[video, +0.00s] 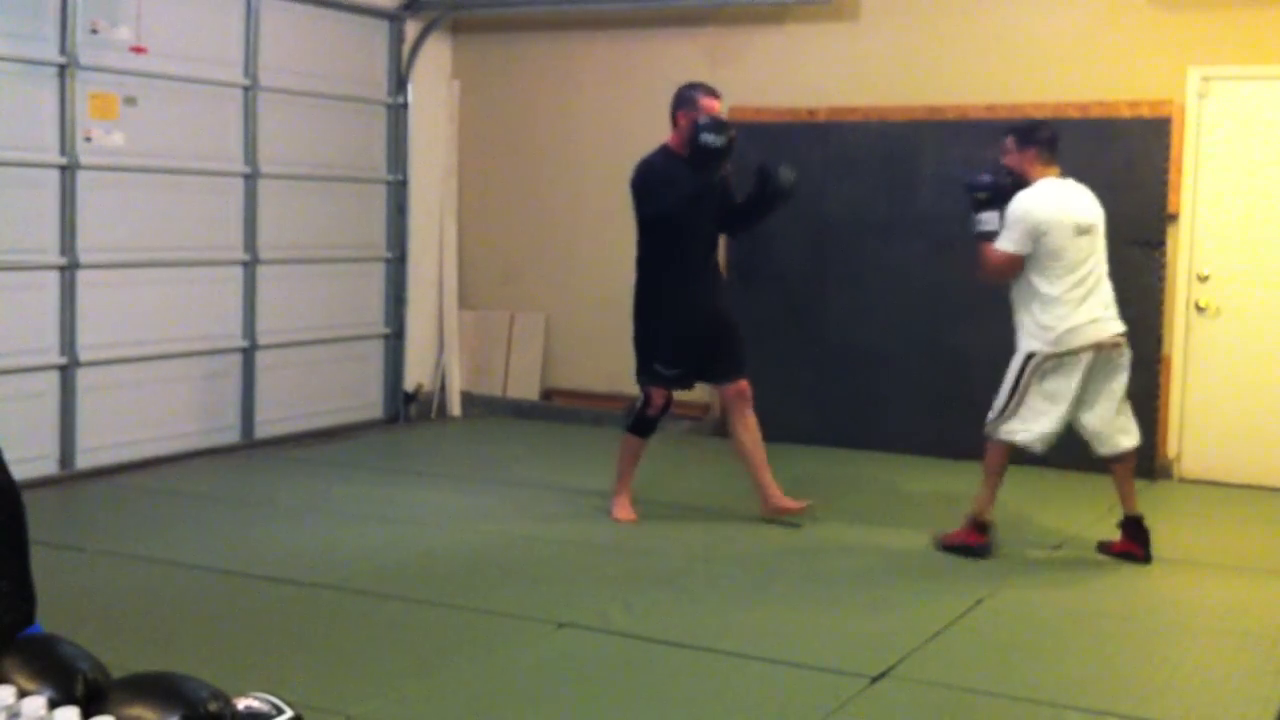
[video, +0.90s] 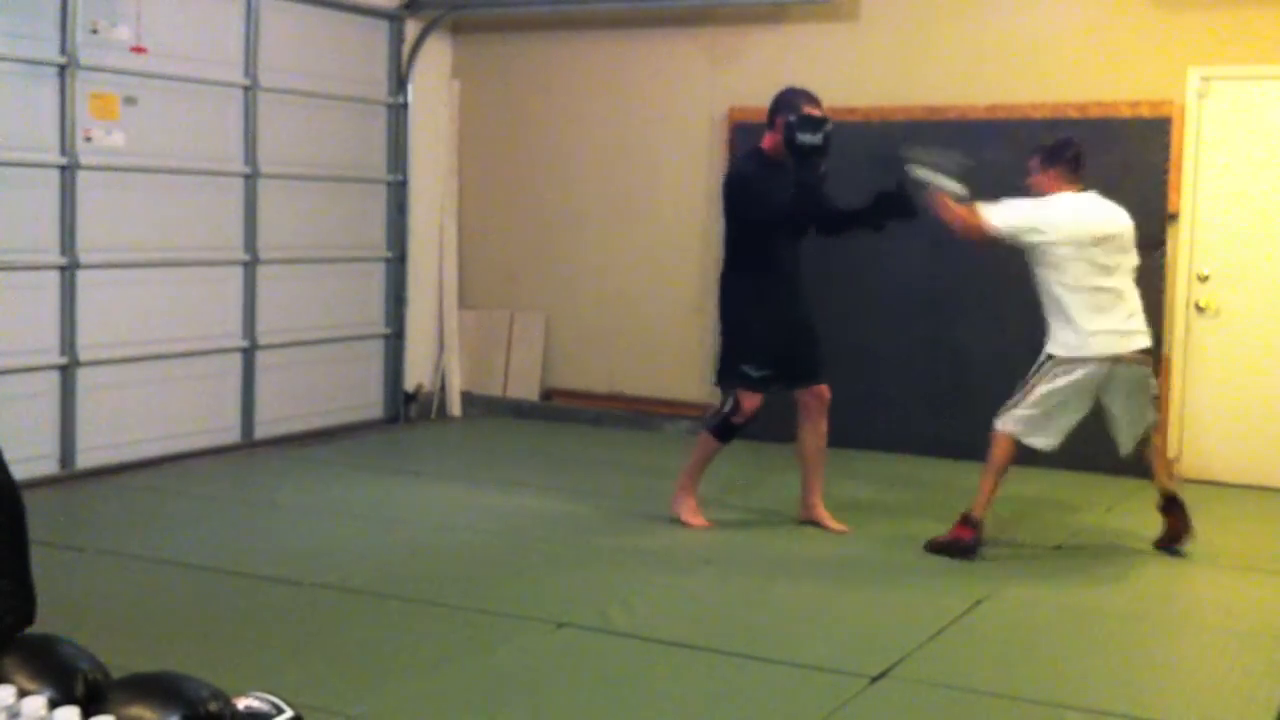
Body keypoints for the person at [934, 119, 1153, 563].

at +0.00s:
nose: (1004, 162)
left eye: (1008, 153)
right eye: (1005, 154)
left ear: (1027, 154)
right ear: (1049, 153)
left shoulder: (1029, 205)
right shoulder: (1086, 196)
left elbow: (996, 268)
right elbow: (1062, 249)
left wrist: (987, 219)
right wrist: (1016, 199)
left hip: (1054, 341)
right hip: (1107, 333)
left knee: (1003, 429)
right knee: (1113, 428)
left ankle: (978, 526)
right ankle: (1134, 529)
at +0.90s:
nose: (1031, 183)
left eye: (1034, 174)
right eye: (1032, 175)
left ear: (1049, 174)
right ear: (1076, 172)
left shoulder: (1040, 212)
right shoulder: (1118, 215)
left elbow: (972, 224)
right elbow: (1126, 266)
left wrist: (935, 195)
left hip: (1074, 350)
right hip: (1133, 347)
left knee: (1008, 427)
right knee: (1149, 429)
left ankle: (971, 523)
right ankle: (1171, 501)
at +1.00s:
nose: (1017, 193)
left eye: (1020, 186)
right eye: (1019, 186)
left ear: (1033, 185)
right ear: (1062, 187)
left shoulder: (1012, 219)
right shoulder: (1101, 232)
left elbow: (942, 226)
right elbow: (1102, 291)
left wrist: (900, 206)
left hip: (1055, 355)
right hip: (1114, 356)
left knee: (985, 429)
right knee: (1132, 418)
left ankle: (964, 528)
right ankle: (1159, 490)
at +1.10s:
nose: (1015, 193)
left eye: (1018, 186)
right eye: (1017, 185)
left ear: (1032, 186)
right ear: (1061, 189)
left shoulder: (1018, 227)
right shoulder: (1099, 232)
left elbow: (981, 278)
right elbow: (1106, 293)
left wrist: (945, 262)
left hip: (1044, 356)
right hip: (1101, 358)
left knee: (979, 436)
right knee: (1125, 429)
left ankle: (961, 530)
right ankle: (1150, 512)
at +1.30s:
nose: (1041, 177)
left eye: (1045, 169)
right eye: (1042, 169)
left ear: (1064, 168)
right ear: (1084, 168)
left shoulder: (1050, 206)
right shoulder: (1120, 208)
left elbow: (1009, 266)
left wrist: (1002, 230)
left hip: (1064, 334)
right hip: (1115, 336)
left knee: (1002, 419)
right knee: (1130, 428)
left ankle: (978, 510)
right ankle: (1157, 514)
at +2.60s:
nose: (979, 183)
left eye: (982, 175)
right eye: (979, 175)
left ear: (997, 174)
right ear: (1022, 173)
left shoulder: (1000, 217)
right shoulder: (1054, 214)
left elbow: (974, 277)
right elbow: (1029, 267)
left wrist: (954, 246)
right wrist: (983, 227)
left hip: (1016, 339)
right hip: (1060, 337)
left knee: (959, 420)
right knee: (1069, 430)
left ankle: (952, 514)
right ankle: (1096, 510)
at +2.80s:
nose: (936, 197)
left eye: (941, 189)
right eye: (937, 189)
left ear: (962, 189)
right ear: (975, 190)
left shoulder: (957, 225)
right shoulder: (997, 228)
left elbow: (930, 271)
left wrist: (910, 245)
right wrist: (927, 246)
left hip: (965, 343)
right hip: (1012, 342)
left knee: (895, 412)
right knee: (1035, 429)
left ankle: (897, 499)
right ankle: (1057, 505)